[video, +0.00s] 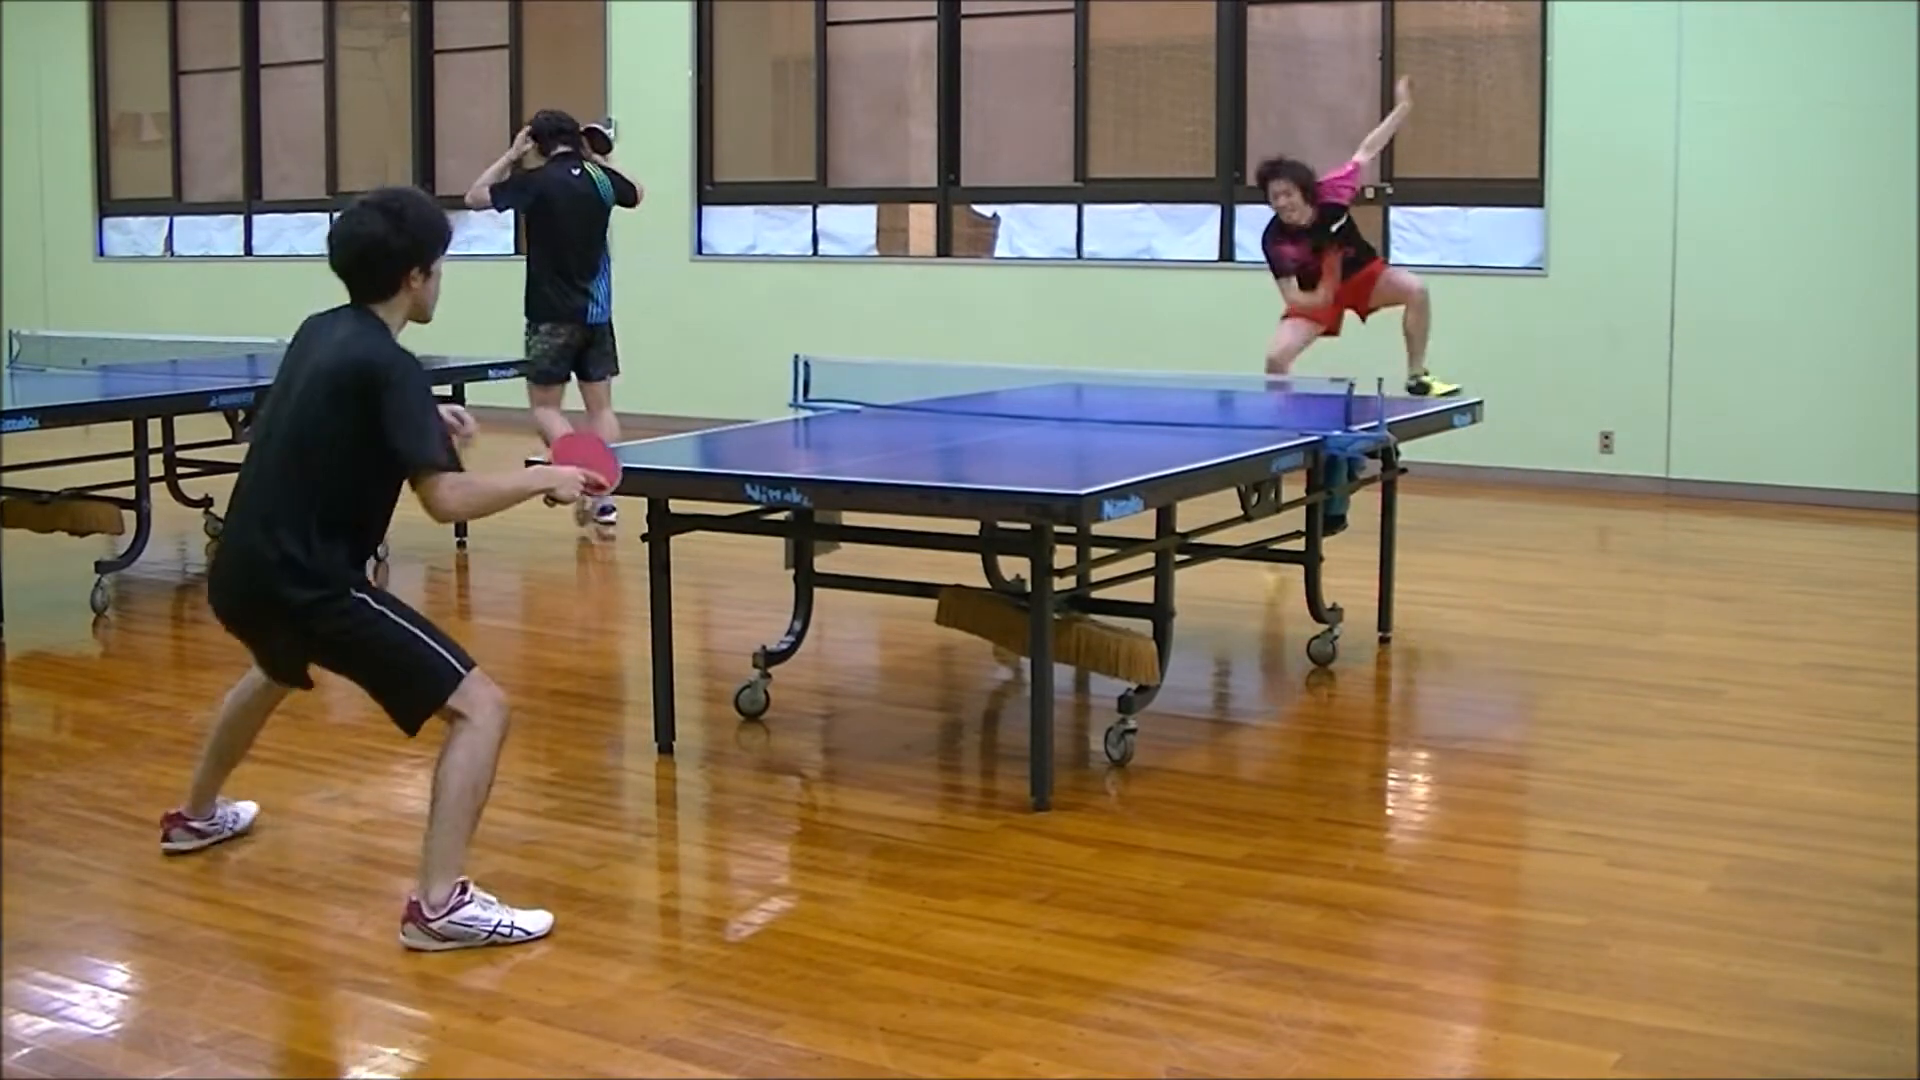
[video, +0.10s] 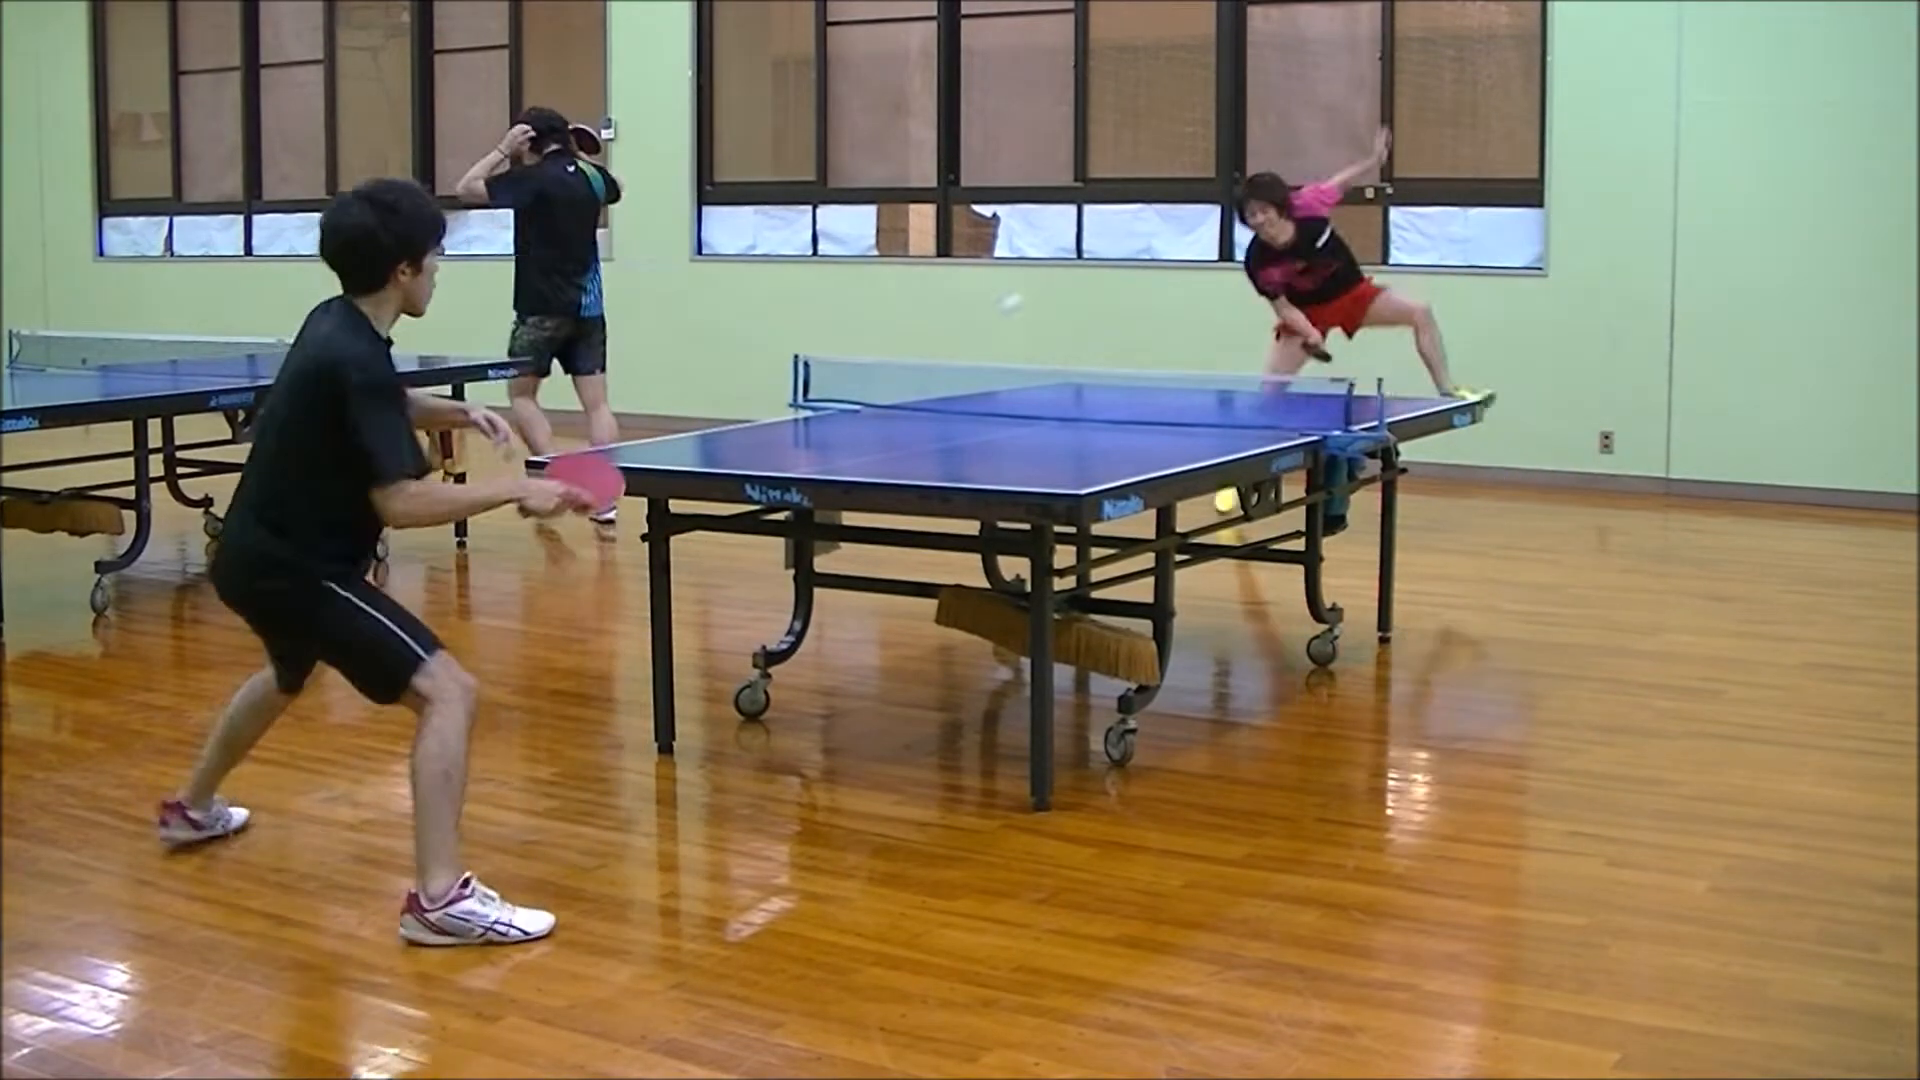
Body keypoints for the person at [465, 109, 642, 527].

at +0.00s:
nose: (526, 152)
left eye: (528, 145)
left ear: (536, 145)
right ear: (577, 142)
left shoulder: (537, 182)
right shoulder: (600, 179)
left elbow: (475, 197)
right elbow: (635, 195)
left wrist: (510, 157)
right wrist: (595, 161)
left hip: (552, 315)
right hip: (597, 313)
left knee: (545, 407)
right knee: (600, 407)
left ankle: (584, 476)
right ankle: (604, 498)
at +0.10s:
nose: (514, 157)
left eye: (517, 149)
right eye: (514, 148)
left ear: (531, 145)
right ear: (564, 141)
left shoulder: (532, 180)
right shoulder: (590, 177)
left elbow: (466, 190)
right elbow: (616, 190)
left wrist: (502, 150)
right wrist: (584, 158)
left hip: (543, 307)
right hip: (588, 307)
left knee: (522, 395)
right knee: (597, 403)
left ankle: (549, 477)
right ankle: (606, 497)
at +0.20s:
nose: (503, 157)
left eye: (506, 148)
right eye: (504, 147)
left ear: (521, 146)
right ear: (550, 145)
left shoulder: (527, 181)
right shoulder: (574, 180)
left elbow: (457, 180)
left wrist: (498, 145)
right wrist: (553, 147)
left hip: (532, 308)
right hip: (575, 307)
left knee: (512, 404)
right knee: (591, 400)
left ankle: (516, 498)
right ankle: (605, 495)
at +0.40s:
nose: (465, 160)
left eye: (470, 151)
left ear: (485, 153)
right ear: (514, 150)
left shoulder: (495, 185)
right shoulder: (539, 185)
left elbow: (427, 166)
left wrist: (471, 144)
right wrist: (514, 148)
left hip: (497, 305)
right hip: (536, 303)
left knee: (485, 402)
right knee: (550, 398)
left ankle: (496, 494)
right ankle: (594, 479)